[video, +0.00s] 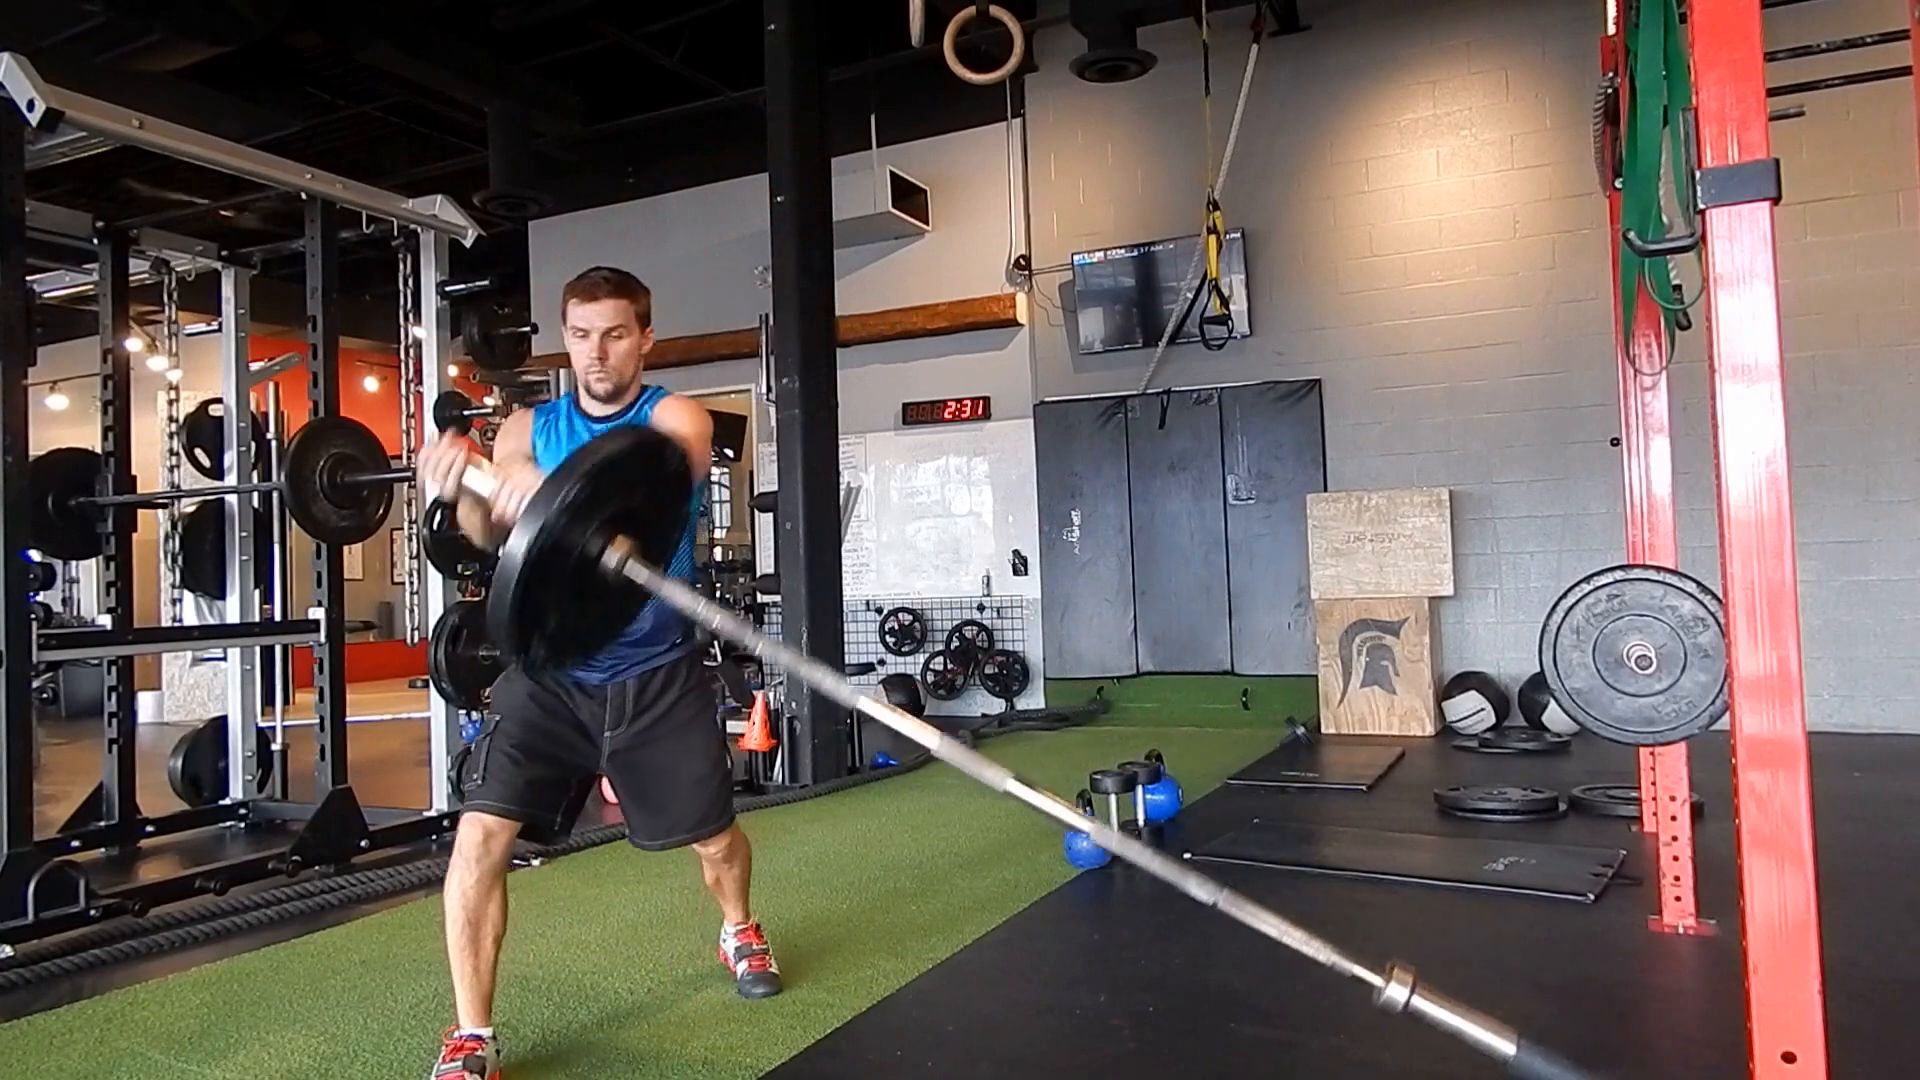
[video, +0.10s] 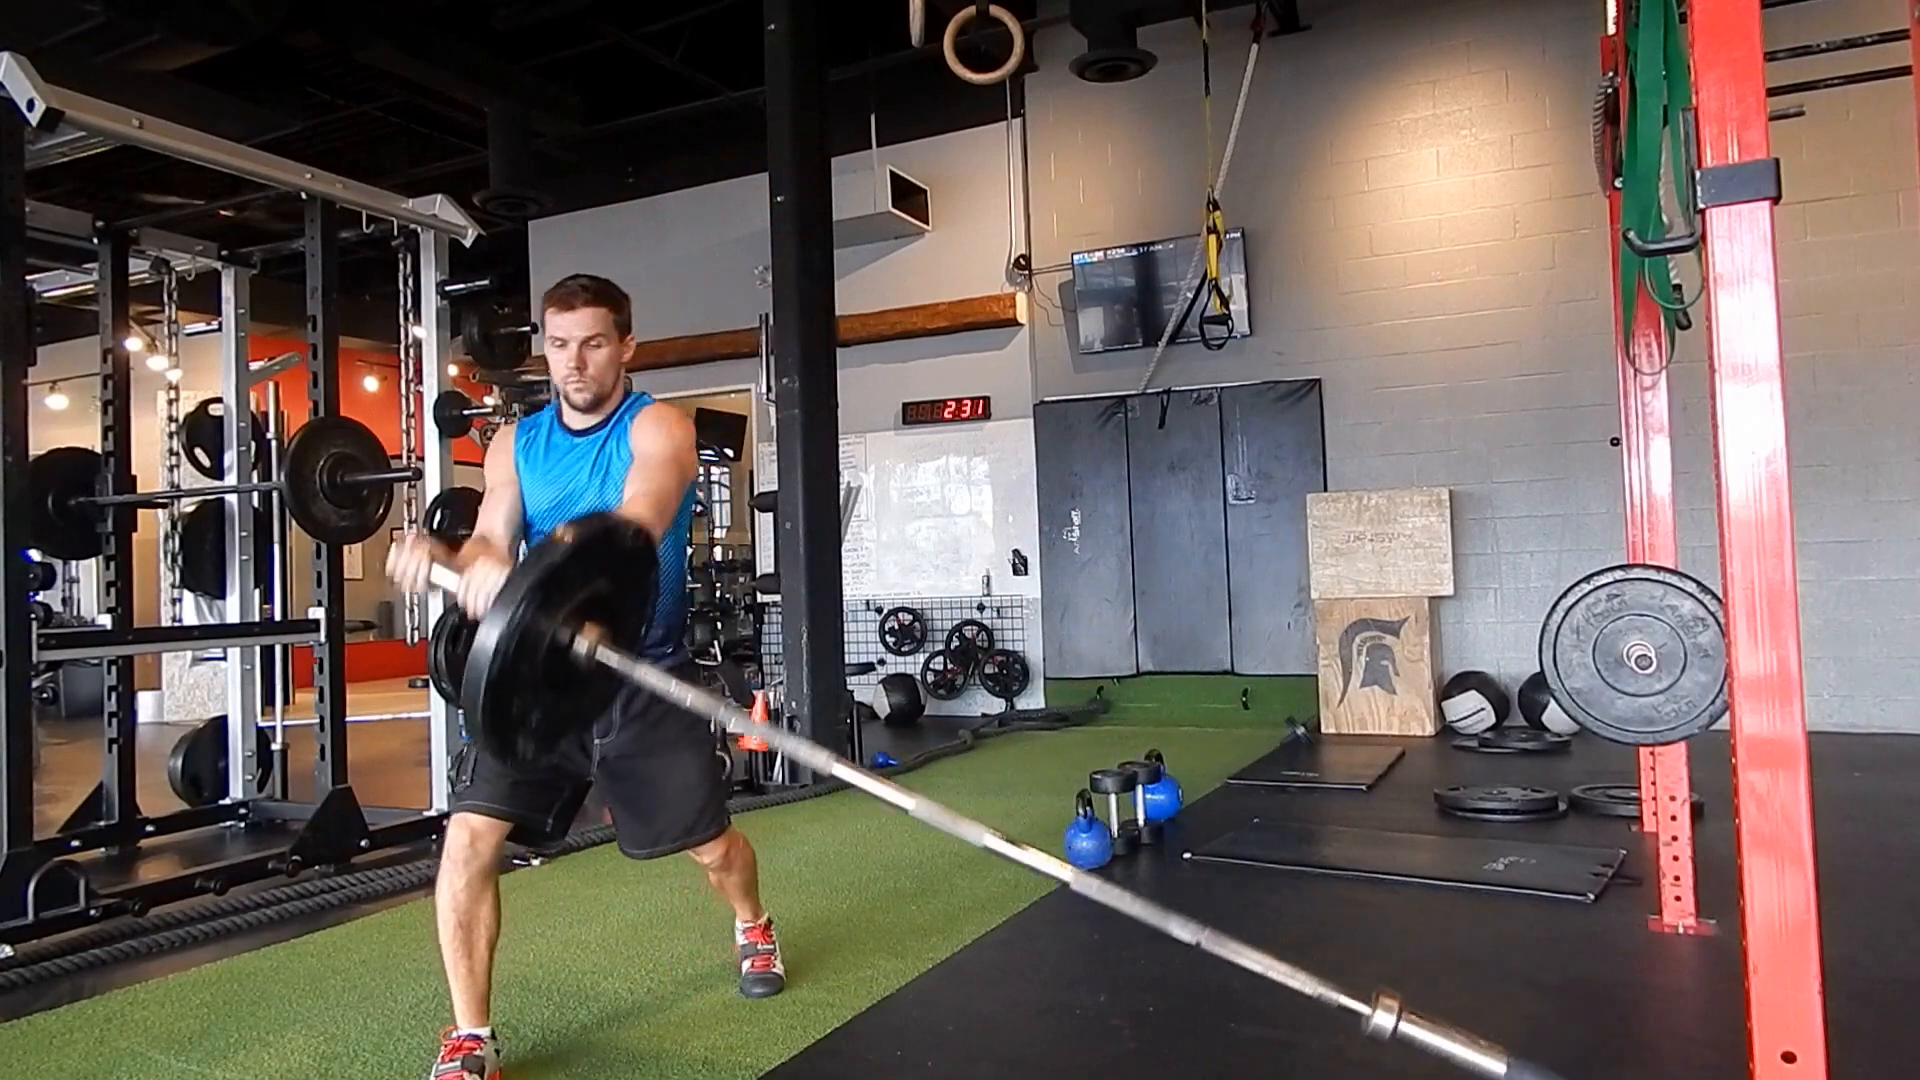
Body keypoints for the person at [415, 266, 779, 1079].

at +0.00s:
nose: (596, 352)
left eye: (613, 335)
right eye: (581, 336)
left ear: (646, 340)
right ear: (565, 341)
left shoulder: (680, 420)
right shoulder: (525, 429)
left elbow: (638, 507)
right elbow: (504, 528)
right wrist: (459, 494)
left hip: (659, 670)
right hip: (545, 675)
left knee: (715, 832)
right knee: (480, 836)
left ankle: (740, 932)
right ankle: (471, 1032)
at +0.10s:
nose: (574, 362)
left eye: (591, 345)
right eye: (559, 345)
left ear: (626, 348)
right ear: (545, 349)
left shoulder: (663, 431)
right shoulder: (515, 441)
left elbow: (626, 544)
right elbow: (490, 555)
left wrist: (512, 576)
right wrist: (440, 561)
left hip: (644, 674)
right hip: (534, 673)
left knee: (712, 843)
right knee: (468, 840)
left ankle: (753, 927)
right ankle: (469, 1034)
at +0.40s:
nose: (529, 394)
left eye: (547, 375)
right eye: (514, 377)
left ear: (586, 378)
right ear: (501, 385)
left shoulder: (625, 465)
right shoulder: (493, 481)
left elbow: (615, 607)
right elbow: (505, 606)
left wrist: (529, 720)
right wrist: (477, 698)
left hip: (640, 694)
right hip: (538, 694)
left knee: (707, 874)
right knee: (443, 841)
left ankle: (767, 920)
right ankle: (468, 1038)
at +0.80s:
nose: (592, 346)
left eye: (607, 333)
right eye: (573, 335)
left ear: (629, 352)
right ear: (547, 357)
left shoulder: (661, 430)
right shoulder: (509, 447)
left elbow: (645, 554)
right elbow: (500, 568)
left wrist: (514, 592)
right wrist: (457, 585)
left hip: (636, 664)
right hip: (531, 667)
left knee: (714, 848)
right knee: (463, 848)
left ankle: (754, 924)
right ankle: (473, 1036)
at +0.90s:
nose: (614, 327)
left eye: (627, 314)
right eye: (595, 315)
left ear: (643, 331)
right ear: (562, 335)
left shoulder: (668, 404)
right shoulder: (515, 422)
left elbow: (675, 498)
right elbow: (502, 547)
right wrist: (478, 496)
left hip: (654, 667)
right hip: (541, 676)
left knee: (717, 829)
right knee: (482, 840)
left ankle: (729, 929)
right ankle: (475, 1035)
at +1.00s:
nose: (625, 309)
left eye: (637, 297)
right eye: (607, 296)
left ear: (649, 310)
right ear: (569, 310)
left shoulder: (665, 385)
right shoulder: (529, 388)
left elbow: (728, 433)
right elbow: (509, 479)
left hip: (657, 648)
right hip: (551, 650)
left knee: (714, 807)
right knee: (512, 838)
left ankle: (696, 944)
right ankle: (477, 1033)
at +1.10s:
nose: (636, 300)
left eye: (645, 287)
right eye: (619, 284)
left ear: (654, 300)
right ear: (580, 293)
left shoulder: (667, 385)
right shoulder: (533, 376)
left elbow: (739, 377)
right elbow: (527, 401)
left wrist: (696, 296)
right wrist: (588, 271)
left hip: (661, 638)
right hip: (563, 638)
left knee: (708, 794)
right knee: (548, 826)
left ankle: (687, 953)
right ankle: (483, 1026)